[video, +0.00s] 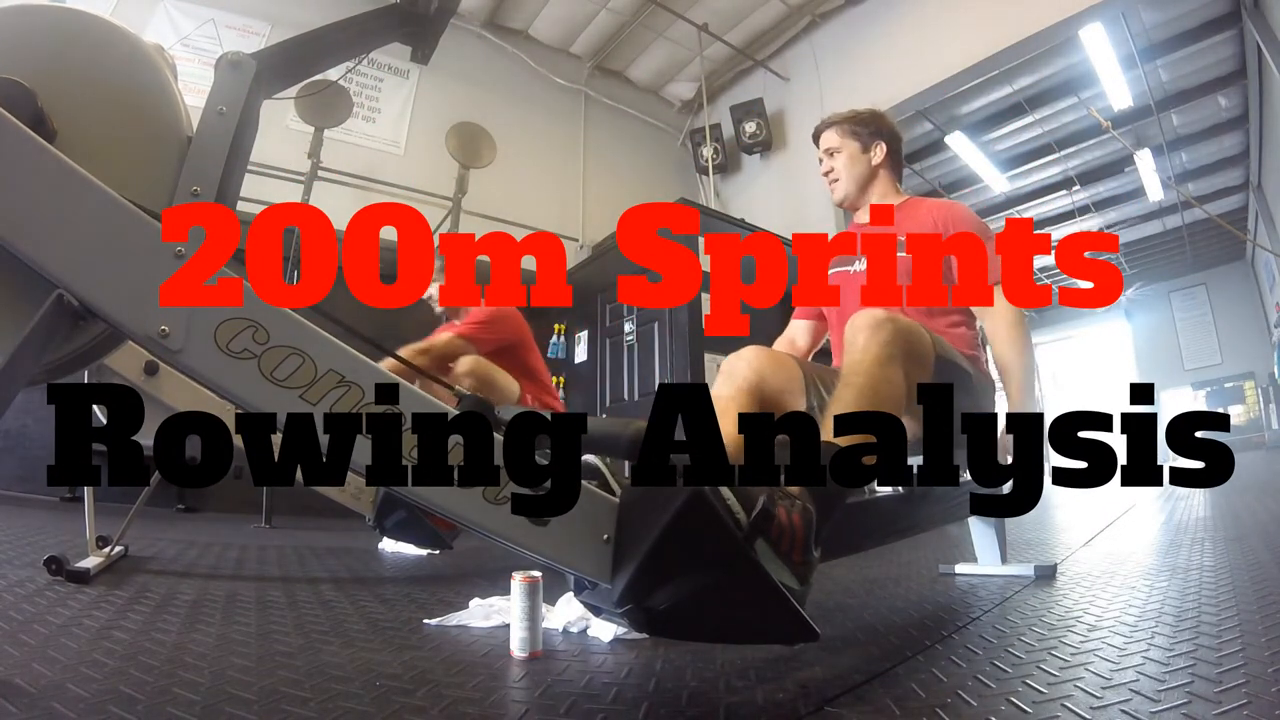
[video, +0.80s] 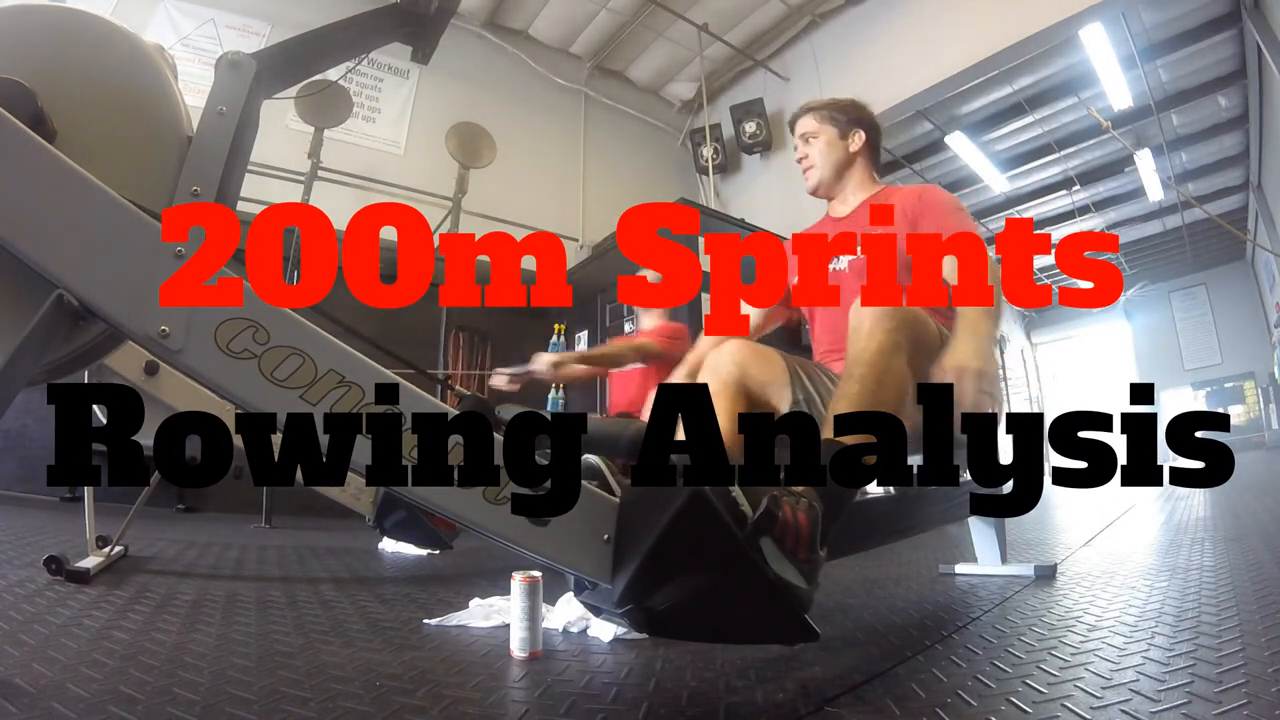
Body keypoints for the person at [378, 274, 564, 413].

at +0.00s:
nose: (427, 293)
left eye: (435, 282)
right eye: (428, 284)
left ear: (462, 282)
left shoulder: (497, 312)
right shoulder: (451, 327)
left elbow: (430, 353)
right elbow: (416, 357)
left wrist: (371, 377)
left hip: (539, 410)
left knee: (470, 366)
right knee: (420, 370)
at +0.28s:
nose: (433, 282)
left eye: (441, 271)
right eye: (434, 272)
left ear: (466, 273)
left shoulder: (491, 309)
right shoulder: (460, 316)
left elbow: (419, 340)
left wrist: (351, 359)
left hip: (531, 406)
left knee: (458, 363)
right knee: (420, 367)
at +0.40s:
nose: (476, 274)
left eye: (482, 267)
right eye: (474, 268)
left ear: (500, 268)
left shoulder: (520, 309)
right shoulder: (483, 314)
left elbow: (448, 337)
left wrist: (366, 358)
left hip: (549, 408)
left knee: (473, 369)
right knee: (434, 375)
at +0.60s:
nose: (568, 275)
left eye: (576, 268)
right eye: (564, 268)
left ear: (592, 277)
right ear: (554, 276)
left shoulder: (601, 317)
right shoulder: (554, 329)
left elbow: (544, 338)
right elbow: (511, 354)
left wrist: (459, 357)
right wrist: (454, 365)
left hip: (597, 417)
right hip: (557, 410)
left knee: (520, 384)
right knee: (488, 396)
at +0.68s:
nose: (604, 279)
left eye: (614, 273)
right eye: (602, 273)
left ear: (630, 283)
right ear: (594, 280)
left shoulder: (639, 324)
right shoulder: (593, 336)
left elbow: (586, 343)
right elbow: (543, 360)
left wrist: (512, 354)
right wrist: (476, 370)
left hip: (626, 422)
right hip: (590, 415)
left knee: (539, 400)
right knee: (532, 401)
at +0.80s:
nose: (644, 286)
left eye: (652, 280)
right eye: (642, 280)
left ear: (666, 289)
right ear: (634, 289)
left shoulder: (675, 333)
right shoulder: (622, 344)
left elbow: (632, 352)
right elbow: (580, 370)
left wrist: (564, 358)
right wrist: (525, 377)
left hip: (645, 429)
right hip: (612, 429)